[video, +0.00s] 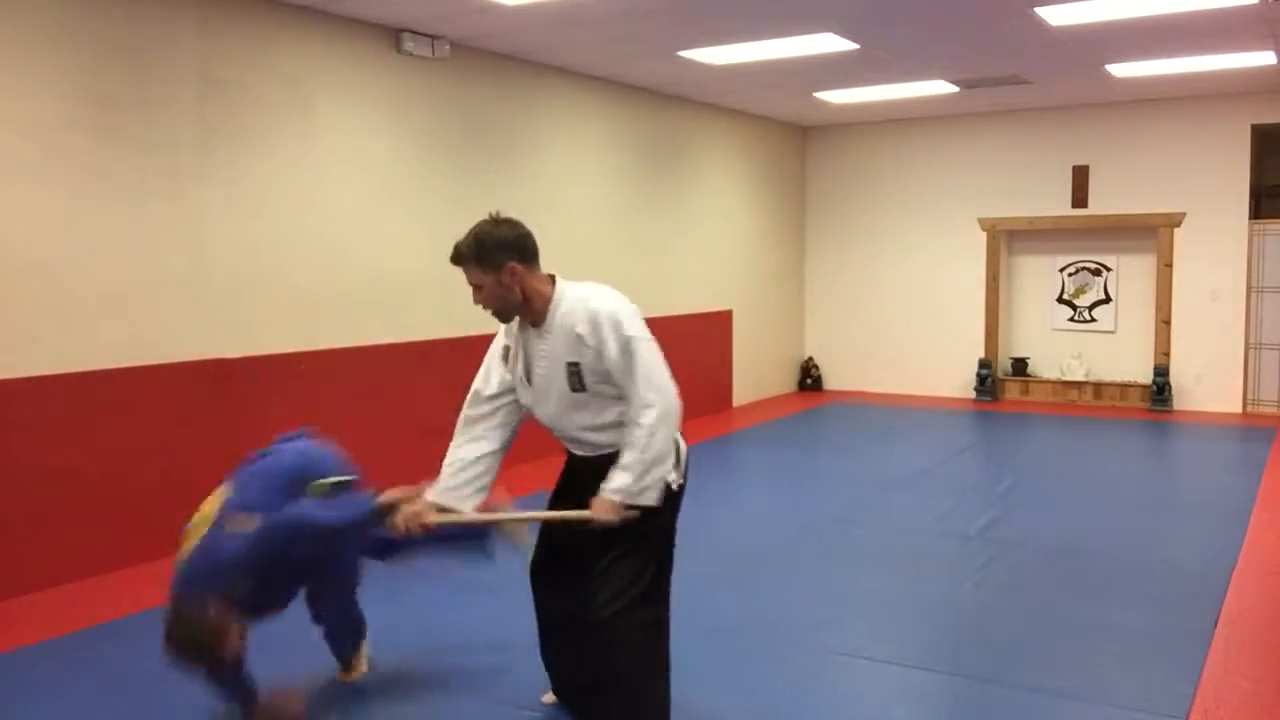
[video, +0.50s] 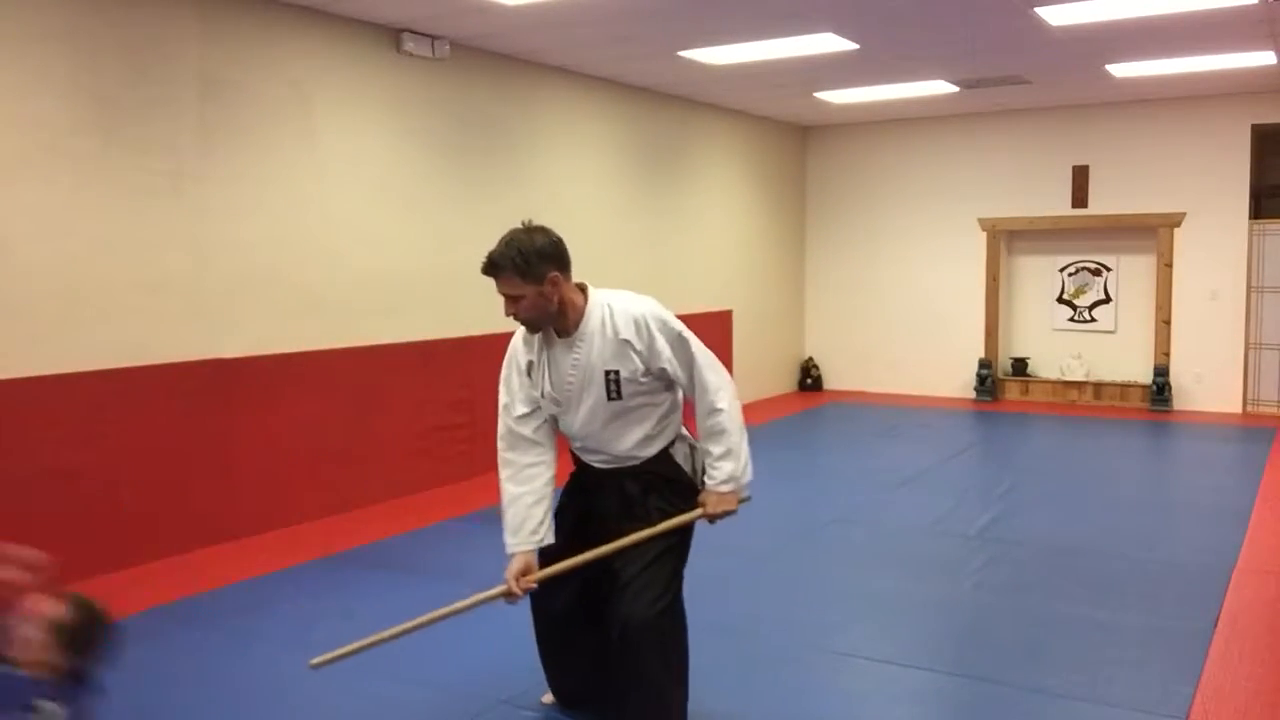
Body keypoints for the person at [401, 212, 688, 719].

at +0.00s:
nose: (476, 300)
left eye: (479, 287)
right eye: (471, 289)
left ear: (513, 277)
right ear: (511, 277)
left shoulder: (603, 314)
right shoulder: (511, 342)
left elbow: (659, 405)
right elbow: (482, 427)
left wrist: (619, 490)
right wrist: (439, 500)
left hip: (643, 468)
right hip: (584, 466)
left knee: (621, 602)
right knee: (551, 578)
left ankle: (633, 708)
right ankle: (577, 688)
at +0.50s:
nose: (508, 311)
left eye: (515, 298)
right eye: (504, 299)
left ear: (554, 285)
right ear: (546, 287)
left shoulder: (638, 321)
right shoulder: (524, 355)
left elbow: (714, 386)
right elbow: (524, 453)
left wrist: (725, 478)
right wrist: (525, 546)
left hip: (657, 480)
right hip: (592, 483)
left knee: (639, 613)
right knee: (557, 595)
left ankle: (651, 711)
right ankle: (582, 692)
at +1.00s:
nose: (524, 283)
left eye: (532, 271)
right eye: (521, 271)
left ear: (573, 264)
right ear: (566, 266)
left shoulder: (647, 314)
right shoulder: (535, 333)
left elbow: (712, 391)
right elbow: (519, 430)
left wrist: (713, 484)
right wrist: (503, 523)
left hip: (652, 478)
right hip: (587, 478)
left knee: (635, 608)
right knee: (554, 586)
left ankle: (647, 711)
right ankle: (579, 697)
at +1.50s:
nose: (545, 217)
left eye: (557, 205)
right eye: (545, 204)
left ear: (600, 208)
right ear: (587, 209)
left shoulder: (649, 284)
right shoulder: (566, 280)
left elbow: (688, 391)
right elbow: (543, 367)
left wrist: (670, 495)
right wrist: (508, 434)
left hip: (635, 458)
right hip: (581, 453)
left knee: (631, 613)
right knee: (575, 602)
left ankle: (633, 712)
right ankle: (582, 703)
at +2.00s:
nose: (544, 196)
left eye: (556, 186)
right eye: (545, 185)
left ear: (594, 192)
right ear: (584, 195)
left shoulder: (617, 266)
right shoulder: (584, 261)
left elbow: (607, 380)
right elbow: (588, 363)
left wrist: (563, 474)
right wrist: (555, 418)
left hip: (613, 446)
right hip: (580, 438)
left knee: (622, 598)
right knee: (585, 592)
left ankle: (633, 706)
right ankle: (586, 698)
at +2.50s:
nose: (515, 202)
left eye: (525, 190)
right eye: (514, 192)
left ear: (562, 194)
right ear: (552, 198)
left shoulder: (581, 259)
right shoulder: (558, 259)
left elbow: (582, 360)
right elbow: (554, 353)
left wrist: (521, 423)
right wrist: (506, 374)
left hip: (586, 437)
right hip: (559, 433)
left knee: (578, 586)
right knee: (552, 585)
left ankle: (582, 707)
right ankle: (554, 705)